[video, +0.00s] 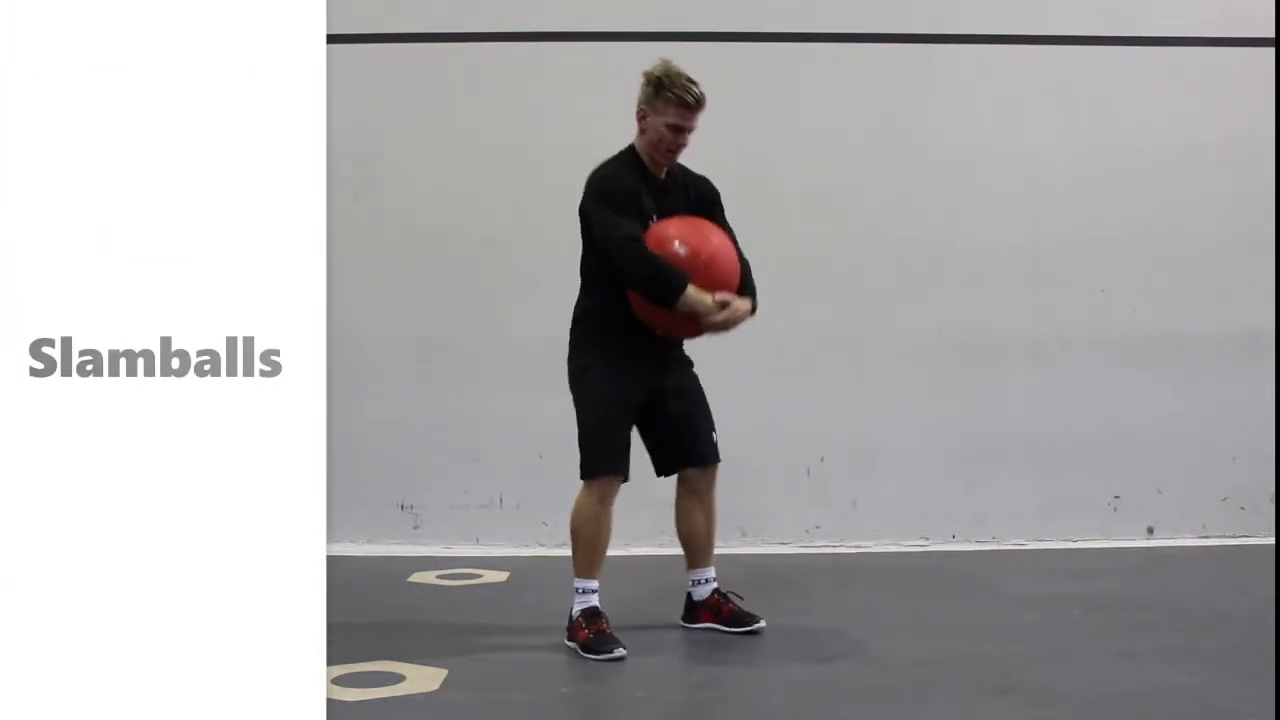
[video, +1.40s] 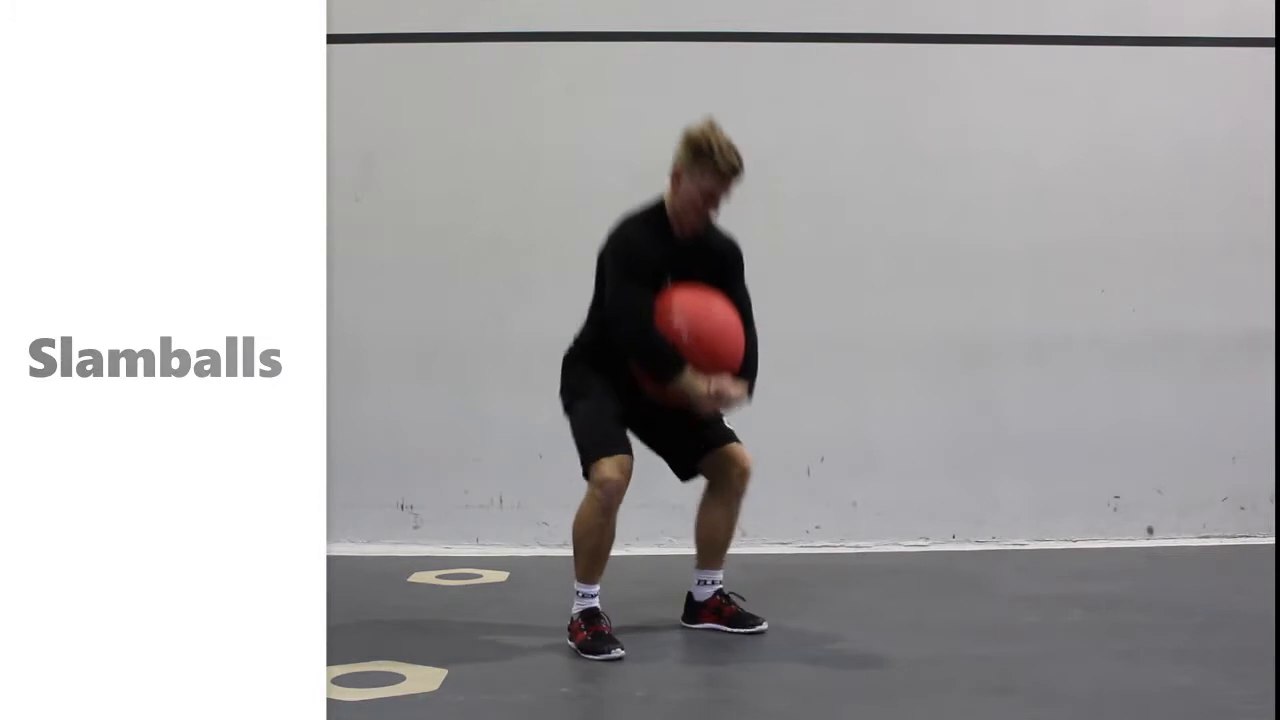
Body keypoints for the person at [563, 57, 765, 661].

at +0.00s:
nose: (681, 142)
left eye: (689, 131)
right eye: (672, 129)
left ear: (696, 127)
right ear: (641, 118)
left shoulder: (699, 191)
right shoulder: (607, 184)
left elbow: (735, 263)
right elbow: (629, 259)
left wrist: (743, 303)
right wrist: (703, 302)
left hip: (664, 347)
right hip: (603, 348)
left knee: (700, 462)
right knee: (604, 474)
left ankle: (703, 597)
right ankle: (585, 611)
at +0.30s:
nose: (707, 210)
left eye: (716, 201)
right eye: (701, 196)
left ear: (726, 193)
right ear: (673, 175)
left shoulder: (716, 249)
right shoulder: (624, 234)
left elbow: (731, 327)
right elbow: (621, 326)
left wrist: (730, 382)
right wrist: (677, 378)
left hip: (655, 379)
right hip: (591, 372)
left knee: (725, 469)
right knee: (600, 477)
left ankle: (705, 596)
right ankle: (583, 612)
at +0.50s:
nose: (719, 277)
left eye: (729, 268)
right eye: (713, 264)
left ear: (738, 259)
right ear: (686, 240)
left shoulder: (723, 307)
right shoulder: (633, 292)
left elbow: (731, 388)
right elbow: (621, 385)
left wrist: (724, 446)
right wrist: (675, 448)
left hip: (649, 418)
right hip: (586, 407)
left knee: (747, 472)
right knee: (597, 483)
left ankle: (706, 597)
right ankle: (583, 614)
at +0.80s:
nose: (727, 362)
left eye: (734, 353)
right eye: (720, 350)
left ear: (743, 343)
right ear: (691, 325)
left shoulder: (731, 385)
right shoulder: (638, 370)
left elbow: (740, 467)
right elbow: (626, 468)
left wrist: (733, 534)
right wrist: (679, 531)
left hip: (677, 484)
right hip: (608, 476)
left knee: (759, 478)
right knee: (591, 489)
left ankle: (706, 598)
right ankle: (586, 615)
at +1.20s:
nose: (725, 307)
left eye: (735, 297)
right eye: (718, 293)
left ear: (743, 290)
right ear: (691, 271)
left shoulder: (731, 337)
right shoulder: (640, 322)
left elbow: (741, 415)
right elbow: (627, 416)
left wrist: (731, 473)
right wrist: (682, 477)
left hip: (658, 438)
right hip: (593, 427)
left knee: (755, 477)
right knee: (605, 488)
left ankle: (707, 597)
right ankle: (585, 614)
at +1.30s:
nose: (723, 271)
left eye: (731, 261)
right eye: (716, 258)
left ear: (739, 253)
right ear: (689, 238)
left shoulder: (728, 306)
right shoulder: (638, 292)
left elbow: (742, 384)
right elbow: (625, 383)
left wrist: (735, 444)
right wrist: (681, 443)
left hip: (657, 417)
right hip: (595, 405)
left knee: (751, 473)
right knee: (606, 485)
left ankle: (707, 597)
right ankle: (585, 614)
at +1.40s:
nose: (710, 202)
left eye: (719, 194)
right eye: (703, 190)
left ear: (727, 191)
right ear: (676, 176)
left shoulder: (722, 251)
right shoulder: (631, 239)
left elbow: (742, 330)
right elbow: (625, 327)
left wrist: (739, 382)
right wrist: (684, 378)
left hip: (659, 378)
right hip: (597, 370)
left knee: (732, 468)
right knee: (610, 475)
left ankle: (705, 598)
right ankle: (586, 613)